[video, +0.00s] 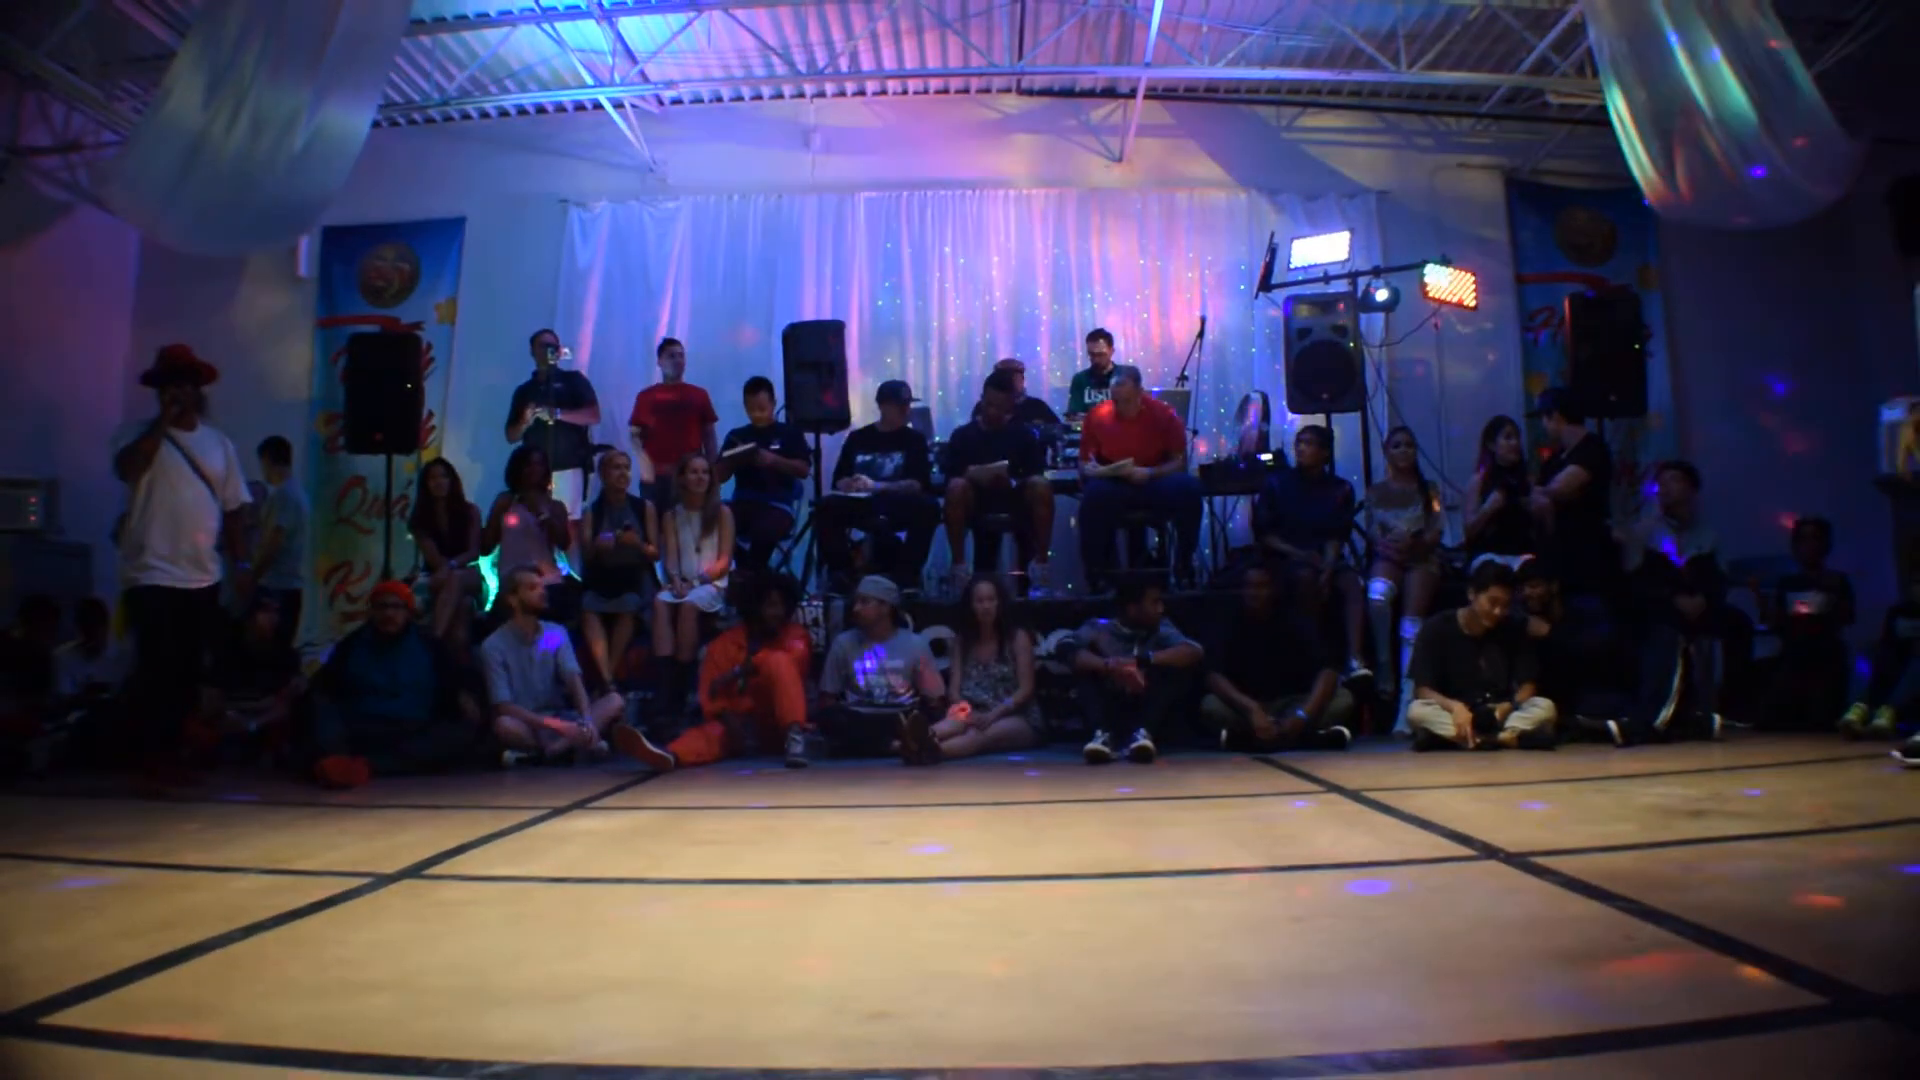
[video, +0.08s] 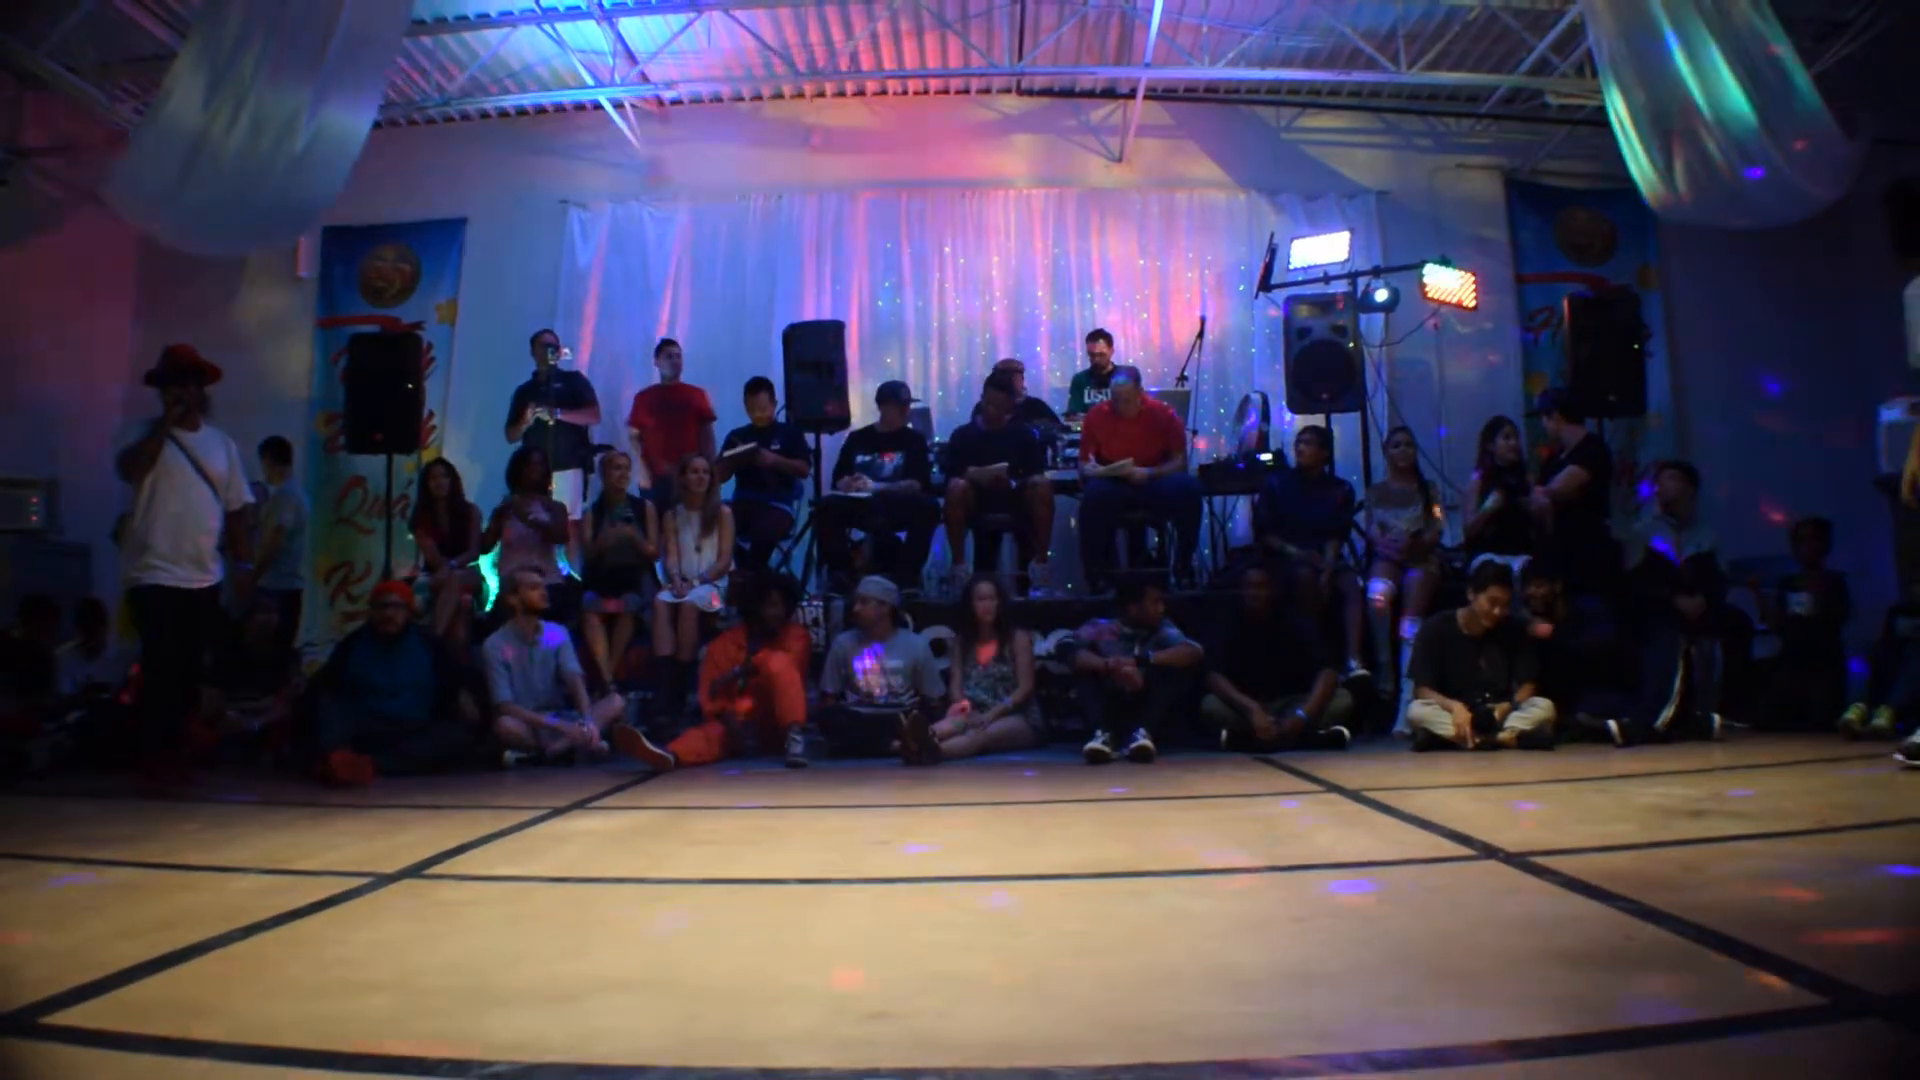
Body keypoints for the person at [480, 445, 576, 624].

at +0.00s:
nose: (535, 470)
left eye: (540, 465)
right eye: (529, 465)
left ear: (547, 470)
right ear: (518, 469)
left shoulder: (555, 506)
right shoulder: (505, 501)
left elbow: (564, 543)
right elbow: (486, 547)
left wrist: (546, 517)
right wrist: (500, 512)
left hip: (548, 581)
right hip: (512, 582)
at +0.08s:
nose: (536, 471)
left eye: (541, 466)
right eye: (530, 466)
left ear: (547, 471)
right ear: (518, 470)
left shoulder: (555, 507)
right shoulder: (506, 507)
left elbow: (561, 537)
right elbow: (485, 546)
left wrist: (527, 520)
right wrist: (502, 516)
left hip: (547, 575)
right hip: (513, 576)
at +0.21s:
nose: (532, 472)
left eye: (537, 467)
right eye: (527, 467)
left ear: (545, 473)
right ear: (516, 472)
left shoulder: (554, 508)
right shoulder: (501, 512)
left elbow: (549, 531)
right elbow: (484, 544)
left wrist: (518, 519)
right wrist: (501, 526)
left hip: (548, 584)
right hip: (509, 586)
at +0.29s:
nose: (535, 471)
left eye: (539, 466)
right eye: (529, 467)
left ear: (545, 472)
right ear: (516, 472)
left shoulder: (553, 507)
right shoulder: (499, 512)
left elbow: (546, 529)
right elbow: (486, 543)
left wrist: (510, 524)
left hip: (547, 587)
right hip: (508, 589)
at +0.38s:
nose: (534, 471)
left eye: (539, 466)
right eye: (528, 466)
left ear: (545, 471)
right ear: (516, 471)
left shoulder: (553, 507)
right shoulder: (499, 512)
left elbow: (546, 529)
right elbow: (485, 543)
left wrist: (510, 520)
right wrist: (529, 533)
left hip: (546, 598)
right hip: (506, 598)